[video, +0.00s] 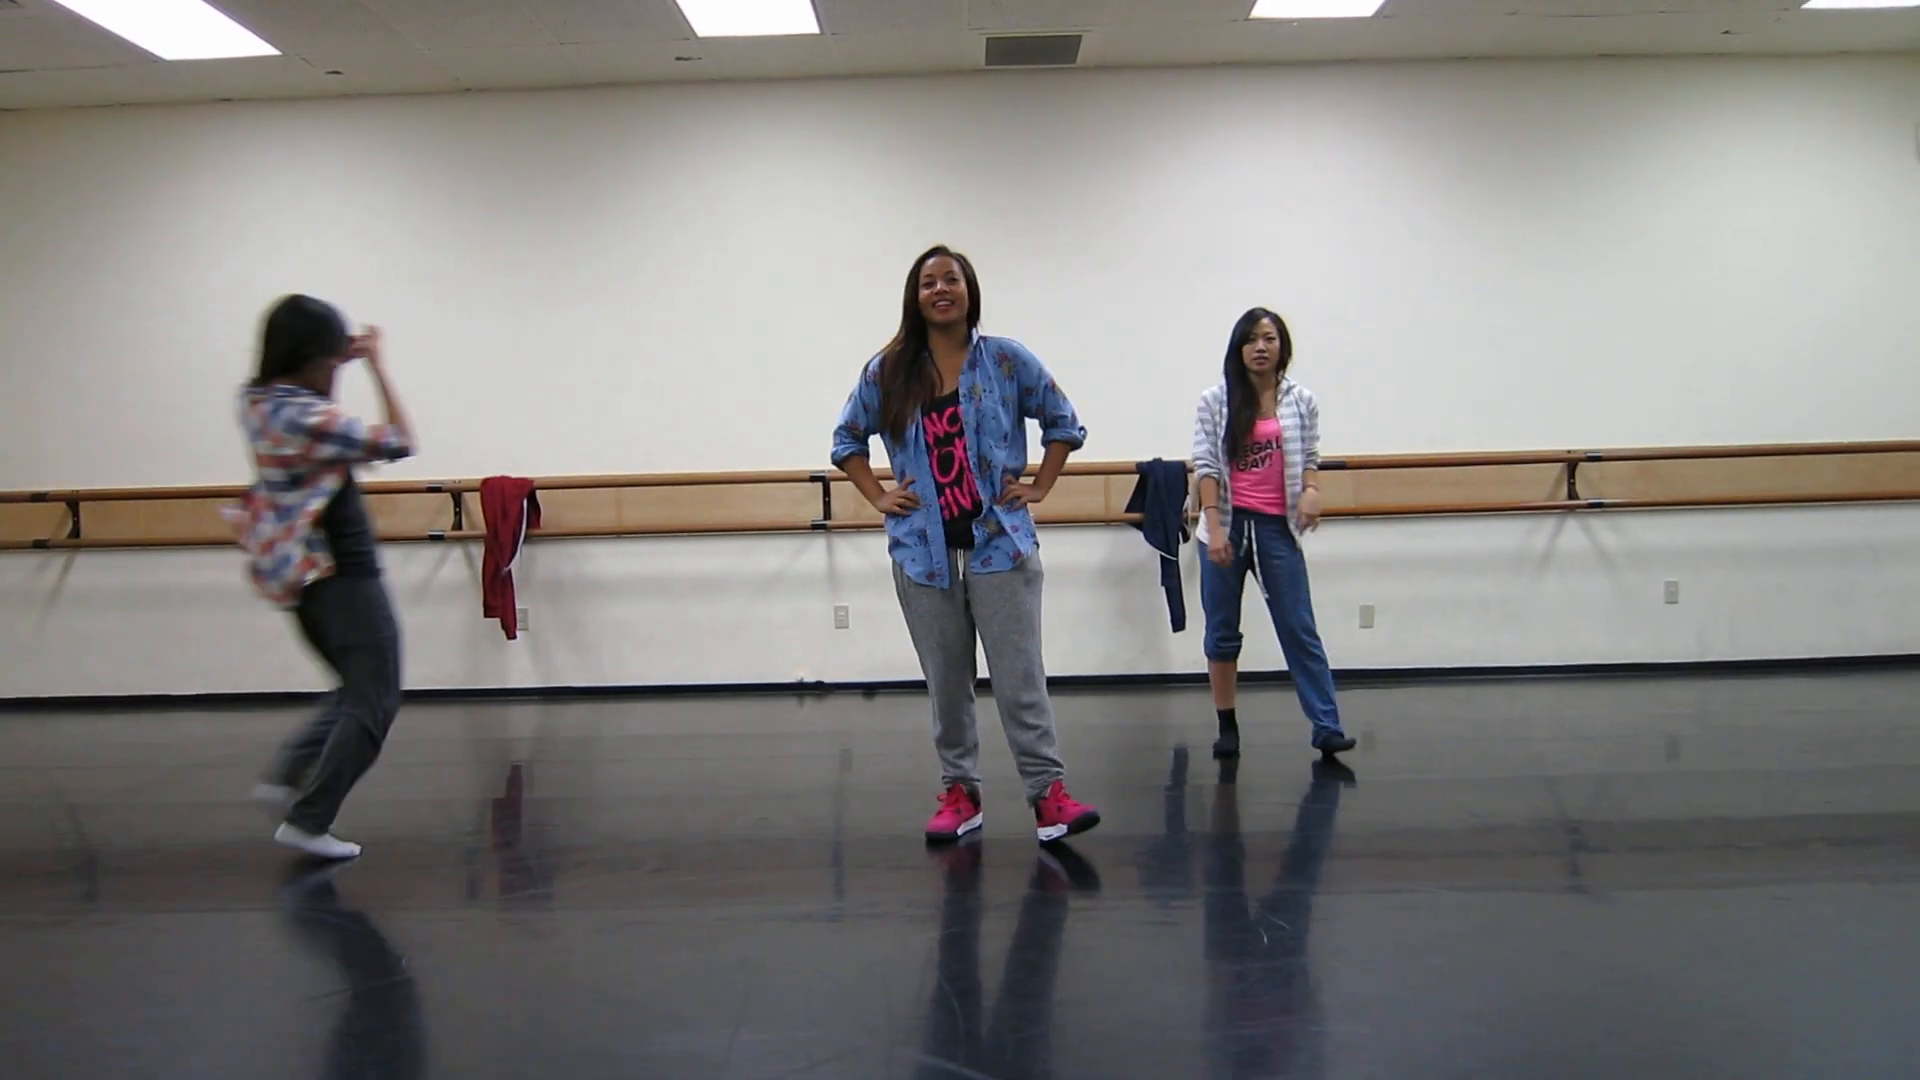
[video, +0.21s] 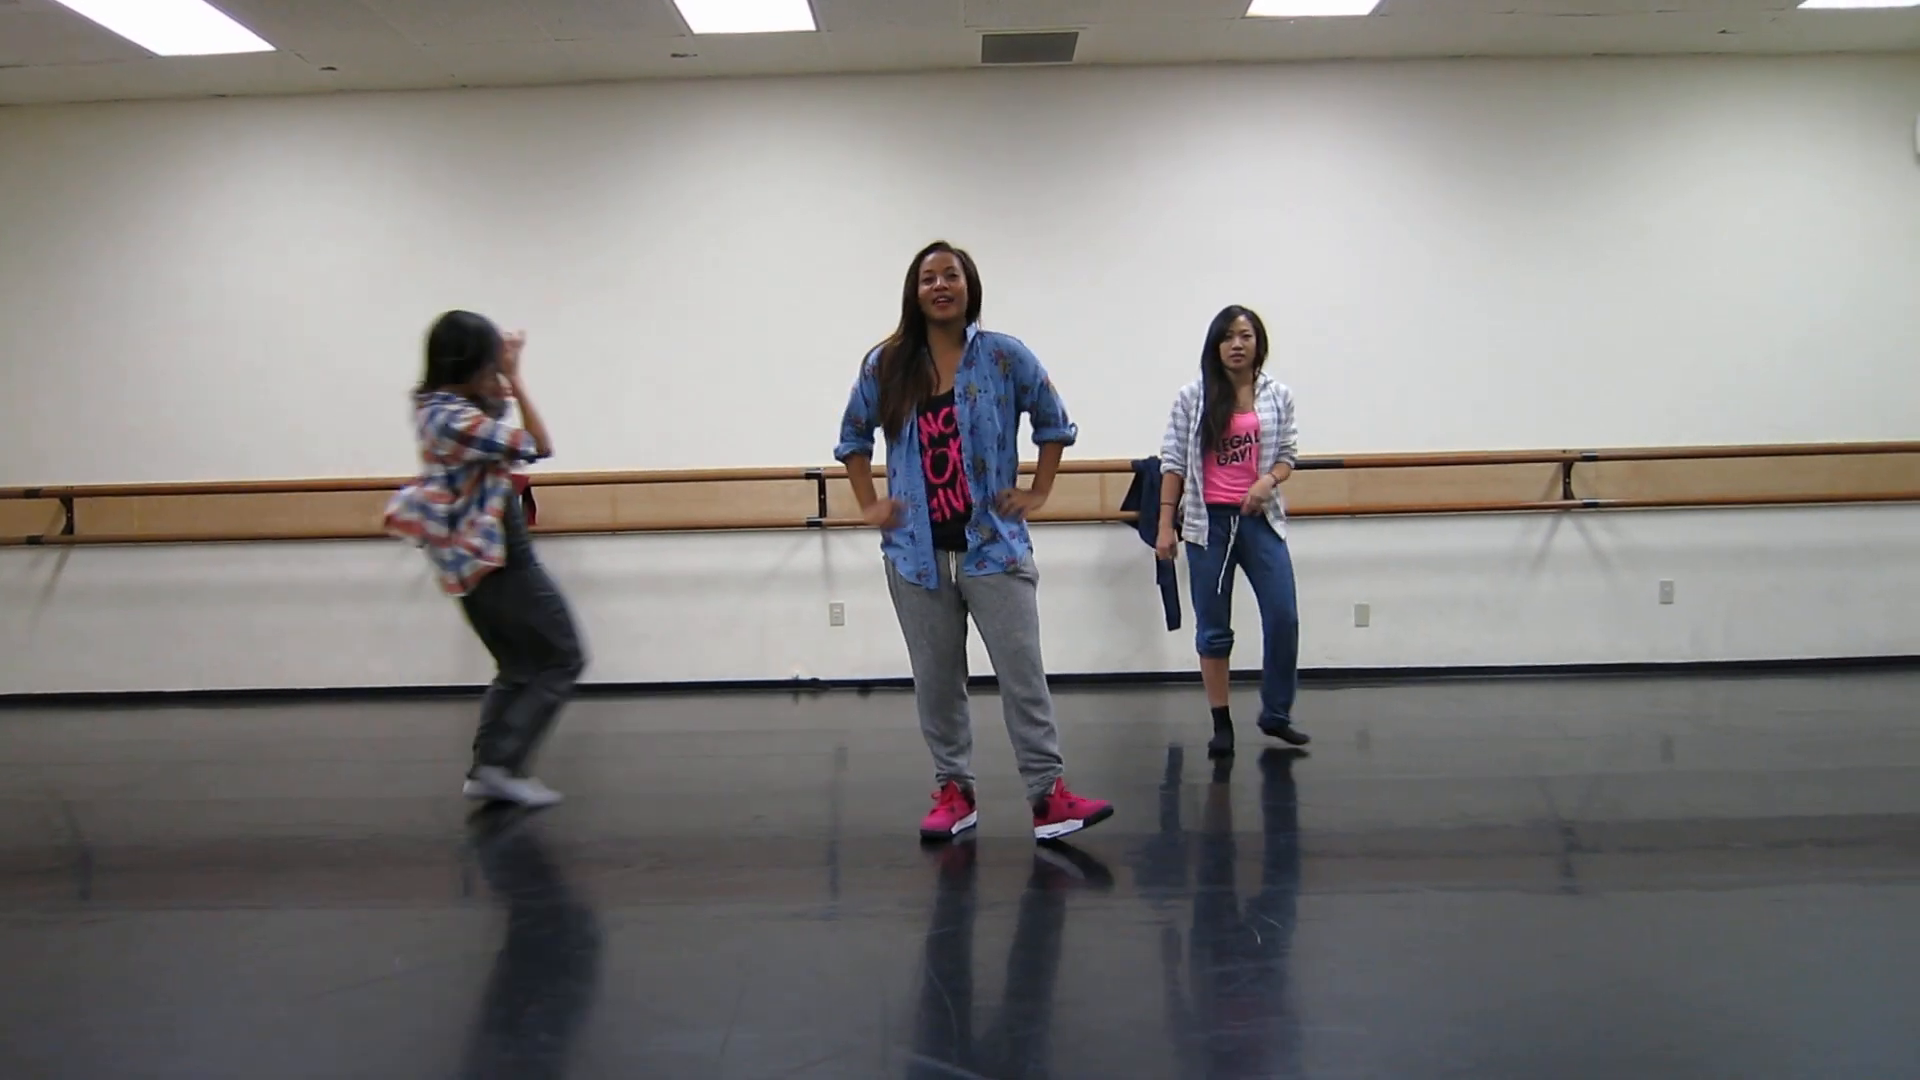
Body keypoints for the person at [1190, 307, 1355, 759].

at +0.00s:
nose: (1259, 347)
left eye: (1269, 339)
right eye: (1251, 340)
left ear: (1283, 347)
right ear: (1237, 348)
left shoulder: (1300, 401)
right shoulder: (1215, 401)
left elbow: (1310, 458)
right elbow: (1206, 466)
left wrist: (1311, 491)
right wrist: (1214, 527)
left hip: (1277, 525)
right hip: (1224, 524)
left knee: (1300, 628)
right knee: (1222, 632)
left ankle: (1327, 729)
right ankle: (1226, 727)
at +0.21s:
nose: (1237, 344)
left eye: (1246, 336)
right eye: (1228, 337)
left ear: (1259, 344)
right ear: (1215, 346)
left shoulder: (1276, 396)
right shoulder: (1192, 398)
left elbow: (1288, 457)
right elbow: (1173, 464)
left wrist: (1267, 482)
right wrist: (1165, 524)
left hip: (1259, 520)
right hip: (1205, 521)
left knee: (1284, 615)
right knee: (1213, 629)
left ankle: (1275, 715)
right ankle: (1221, 725)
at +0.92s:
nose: (1237, 355)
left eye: (1244, 347)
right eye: (1227, 350)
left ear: (1256, 354)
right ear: (1216, 360)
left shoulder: (1271, 401)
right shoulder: (1201, 405)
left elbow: (1279, 462)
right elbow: (1170, 463)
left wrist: (1302, 438)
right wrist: (1190, 461)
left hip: (1261, 520)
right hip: (1217, 519)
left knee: (1254, 619)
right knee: (1225, 615)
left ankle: (1244, 713)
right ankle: (1222, 712)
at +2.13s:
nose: (1185, 358)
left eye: (1192, 351)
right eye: (1177, 352)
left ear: (1205, 357)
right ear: (1165, 360)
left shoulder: (1221, 403)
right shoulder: (1145, 407)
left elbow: (1232, 473)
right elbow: (1130, 467)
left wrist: (1232, 438)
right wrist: (1165, 461)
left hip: (1216, 518)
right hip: (1167, 521)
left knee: (1235, 618)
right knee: (1172, 621)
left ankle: (1248, 709)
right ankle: (1177, 707)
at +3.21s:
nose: (1244, 377)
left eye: (1252, 370)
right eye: (1236, 371)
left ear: (1265, 376)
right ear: (1223, 379)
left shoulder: (1284, 421)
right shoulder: (1205, 425)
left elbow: (1294, 487)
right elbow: (1188, 488)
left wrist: (1290, 457)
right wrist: (1229, 485)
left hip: (1267, 543)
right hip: (1216, 540)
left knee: (1259, 648)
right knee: (1198, 637)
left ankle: (1252, 739)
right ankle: (1187, 724)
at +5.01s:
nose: (1195, 391)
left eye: (1202, 385)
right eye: (1187, 384)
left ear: (1214, 392)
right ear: (1172, 391)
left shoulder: (1226, 438)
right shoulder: (1152, 438)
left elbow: (1238, 510)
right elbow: (1129, 497)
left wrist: (1238, 482)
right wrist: (1161, 492)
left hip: (1219, 554)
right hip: (1169, 555)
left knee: (1243, 652)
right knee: (1171, 656)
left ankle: (1267, 746)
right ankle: (1173, 748)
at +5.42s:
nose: (1229, 395)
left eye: (1236, 388)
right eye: (1220, 389)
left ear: (1248, 397)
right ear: (1206, 398)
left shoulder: (1264, 445)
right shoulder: (1184, 447)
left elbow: (1274, 495)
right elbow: (1168, 507)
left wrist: (1275, 512)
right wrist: (1192, 545)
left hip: (1253, 562)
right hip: (1200, 561)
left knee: (1283, 657)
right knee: (1191, 658)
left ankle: (1307, 748)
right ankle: (1176, 753)